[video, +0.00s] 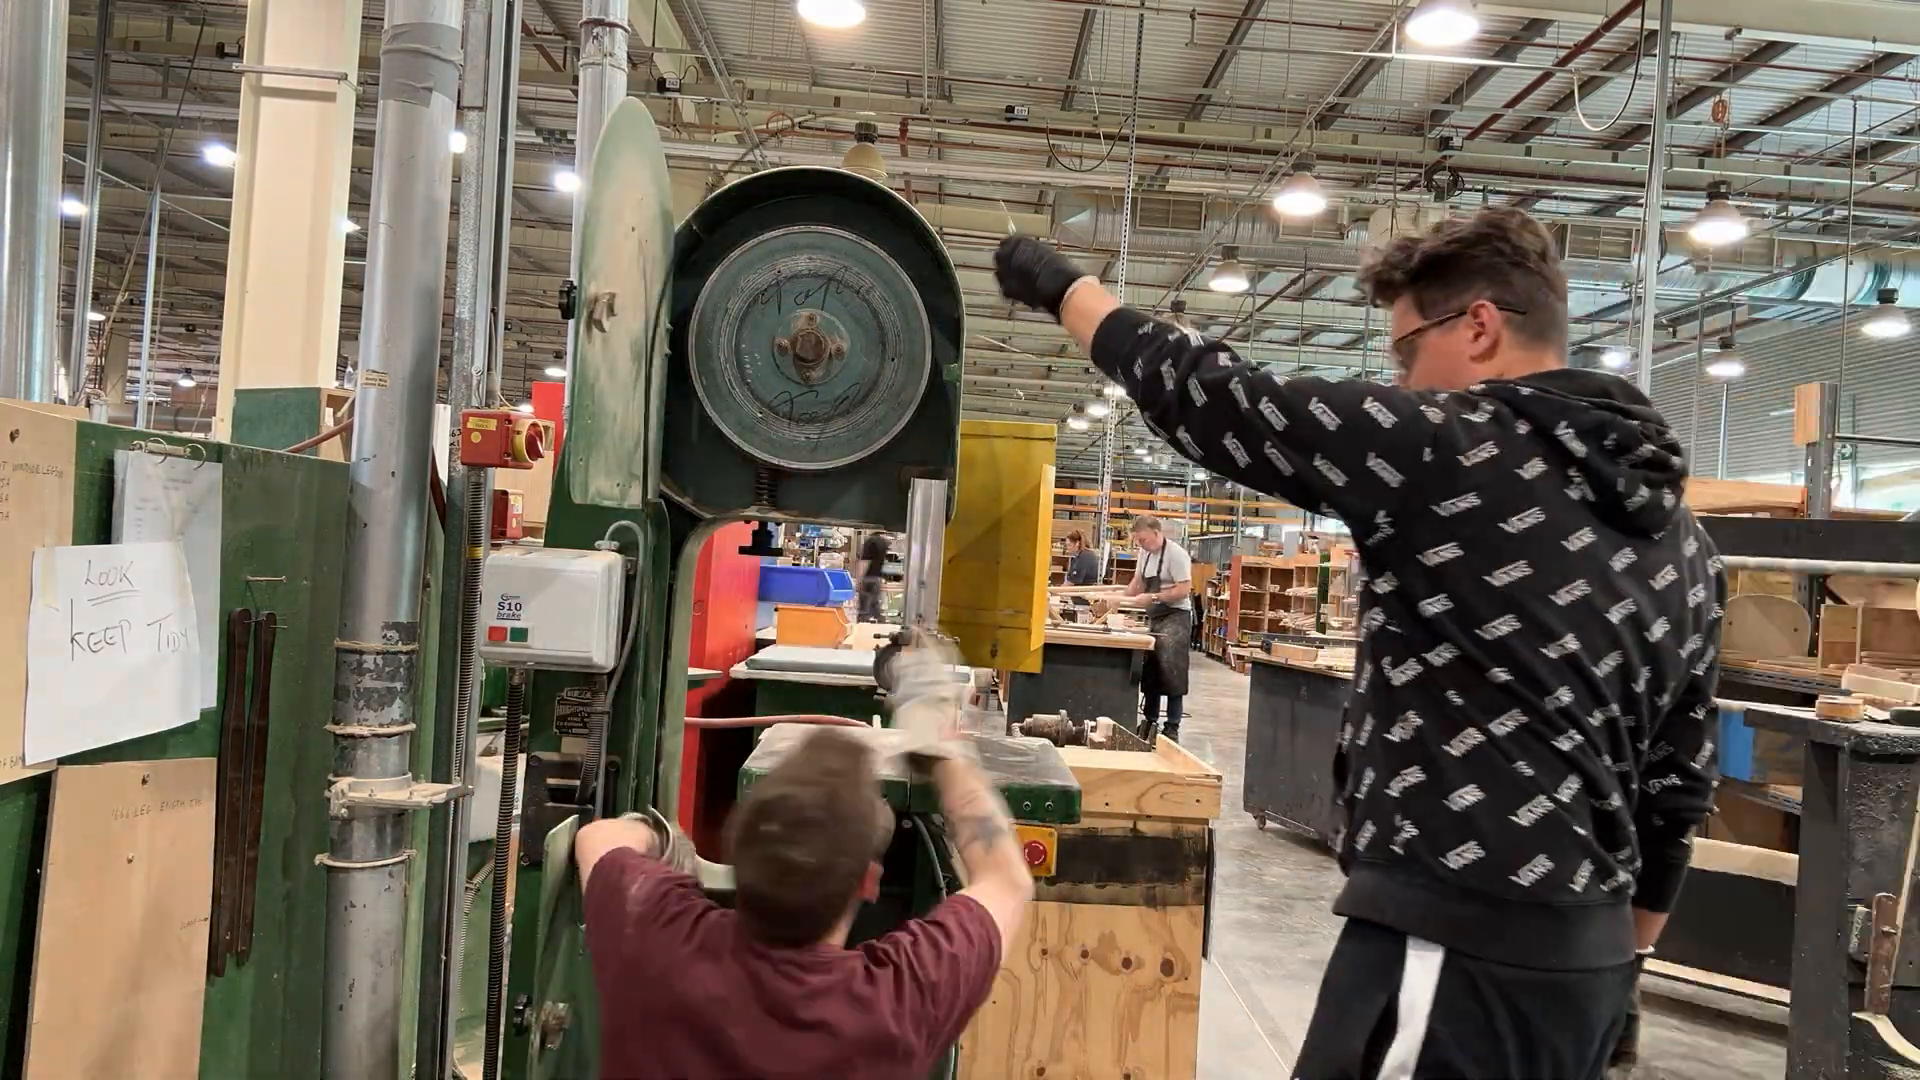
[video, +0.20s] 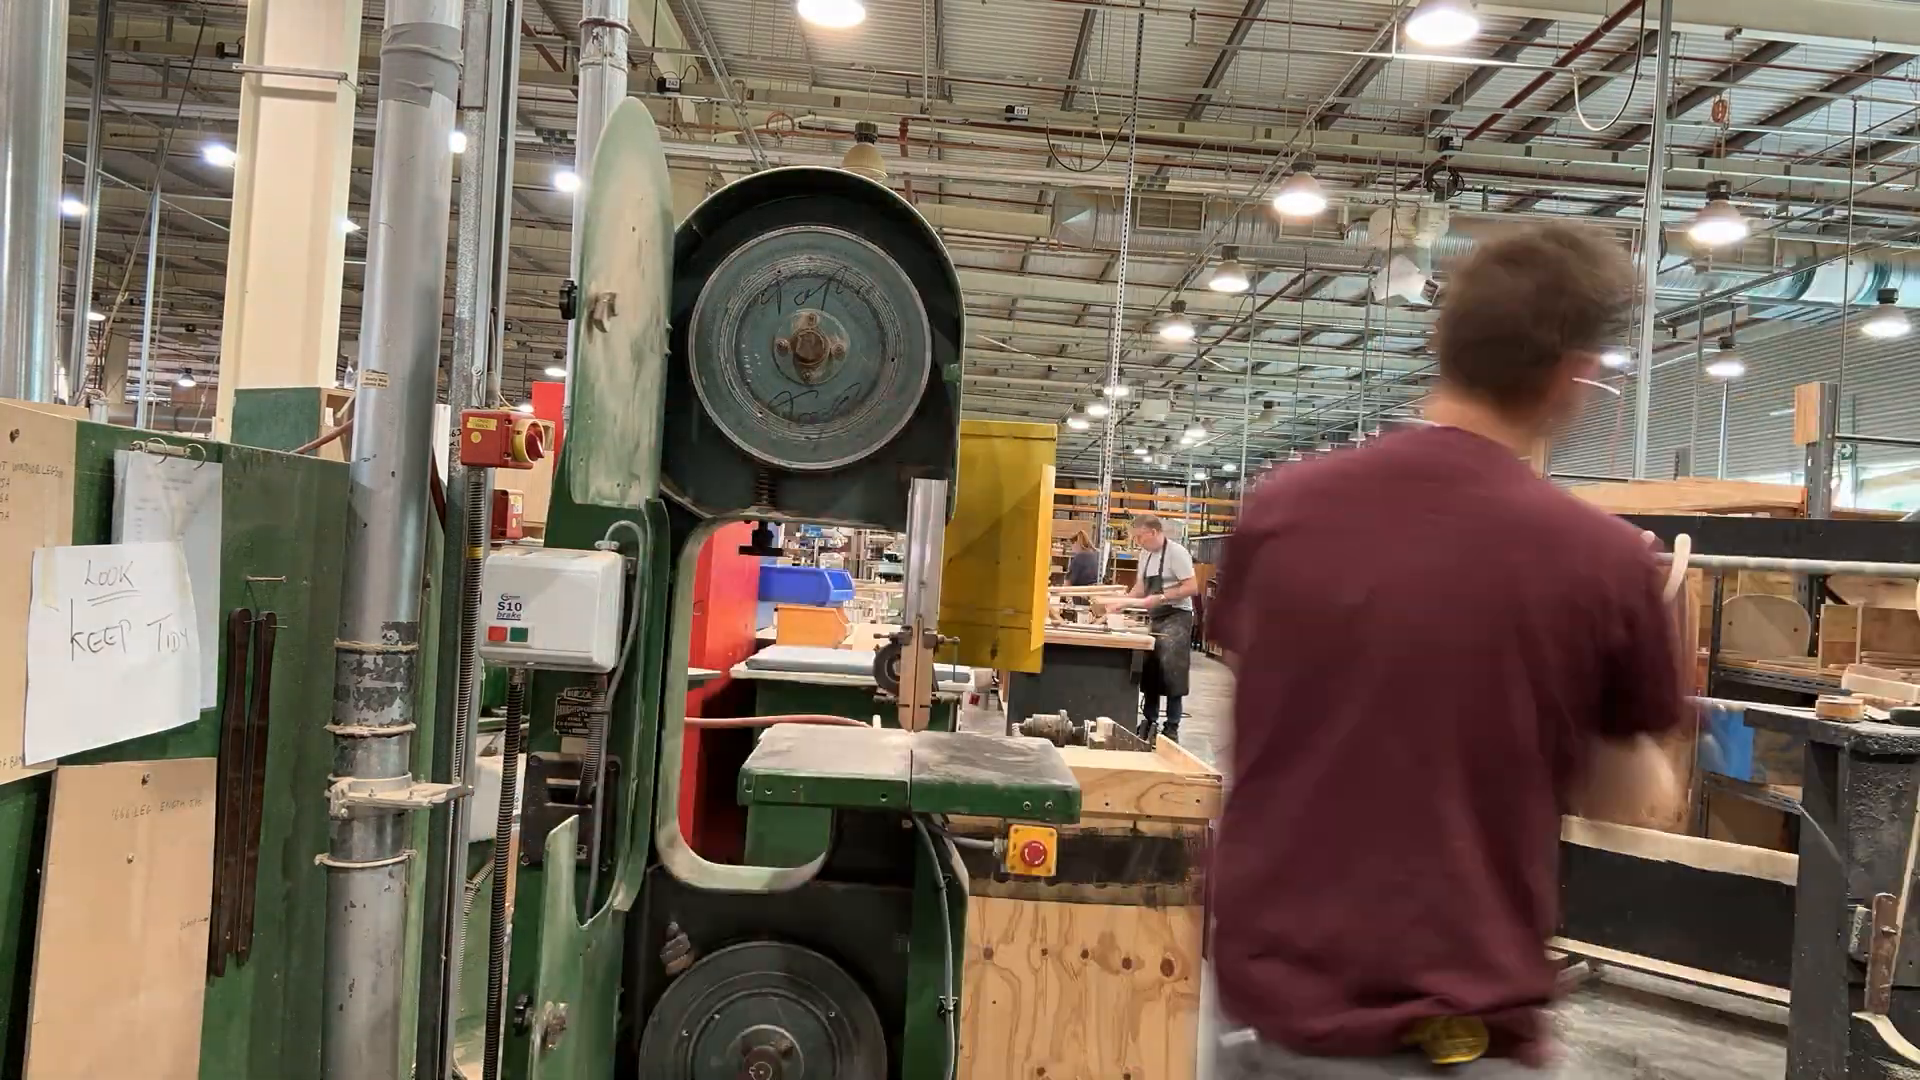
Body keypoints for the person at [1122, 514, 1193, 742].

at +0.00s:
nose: (1141, 545)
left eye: (1143, 540)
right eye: (1138, 541)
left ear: (1157, 533)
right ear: (1139, 538)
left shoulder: (1177, 554)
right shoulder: (1145, 554)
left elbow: (1184, 589)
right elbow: (1136, 585)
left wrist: (1153, 597)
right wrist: (1117, 600)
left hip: (1177, 616)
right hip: (1155, 616)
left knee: (1172, 671)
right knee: (1151, 670)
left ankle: (1172, 727)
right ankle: (1149, 722)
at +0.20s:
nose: (1138, 542)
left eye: (1140, 537)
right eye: (1136, 538)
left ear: (1154, 532)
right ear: (1148, 534)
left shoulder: (1177, 552)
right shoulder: (1146, 555)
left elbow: (1191, 587)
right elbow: (1140, 588)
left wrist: (1159, 598)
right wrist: (1121, 602)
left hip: (1176, 619)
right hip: (1155, 619)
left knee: (1173, 673)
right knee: (1150, 672)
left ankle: (1171, 728)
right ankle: (1148, 722)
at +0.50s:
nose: (1174, 536)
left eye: (1177, 531)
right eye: (1173, 532)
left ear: (1193, 530)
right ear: (1179, 531)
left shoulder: (1204, 553)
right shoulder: (1178, 551)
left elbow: (1204, 587)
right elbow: (1169, 579)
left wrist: (1169, 582)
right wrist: (1147, 575)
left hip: (1194, 618)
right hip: (1176, 617)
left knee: (1191, 675)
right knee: (1170, 674)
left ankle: (1190, 730)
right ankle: (1166, 724)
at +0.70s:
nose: (1202, 533)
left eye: (1206, 528)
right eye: (1198, 529)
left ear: (1216, 530)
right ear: (1193, 530)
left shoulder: (1227, 555)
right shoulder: (1186, 551)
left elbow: (1234, 589)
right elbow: (1173, 583)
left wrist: (1201, 582)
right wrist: (1171, 573)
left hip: (1212, 620)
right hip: (1187, 619)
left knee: (1209, 676)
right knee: (1176, 672)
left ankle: (1206, 732)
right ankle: (1170, 727)